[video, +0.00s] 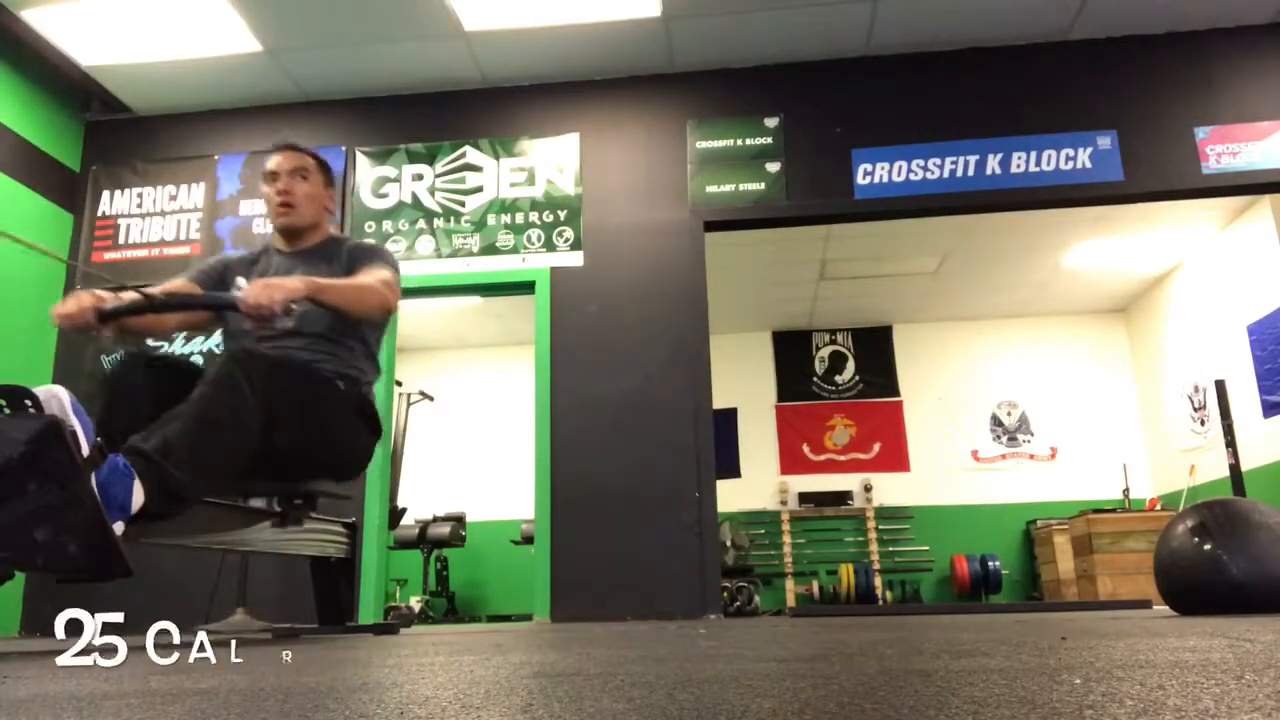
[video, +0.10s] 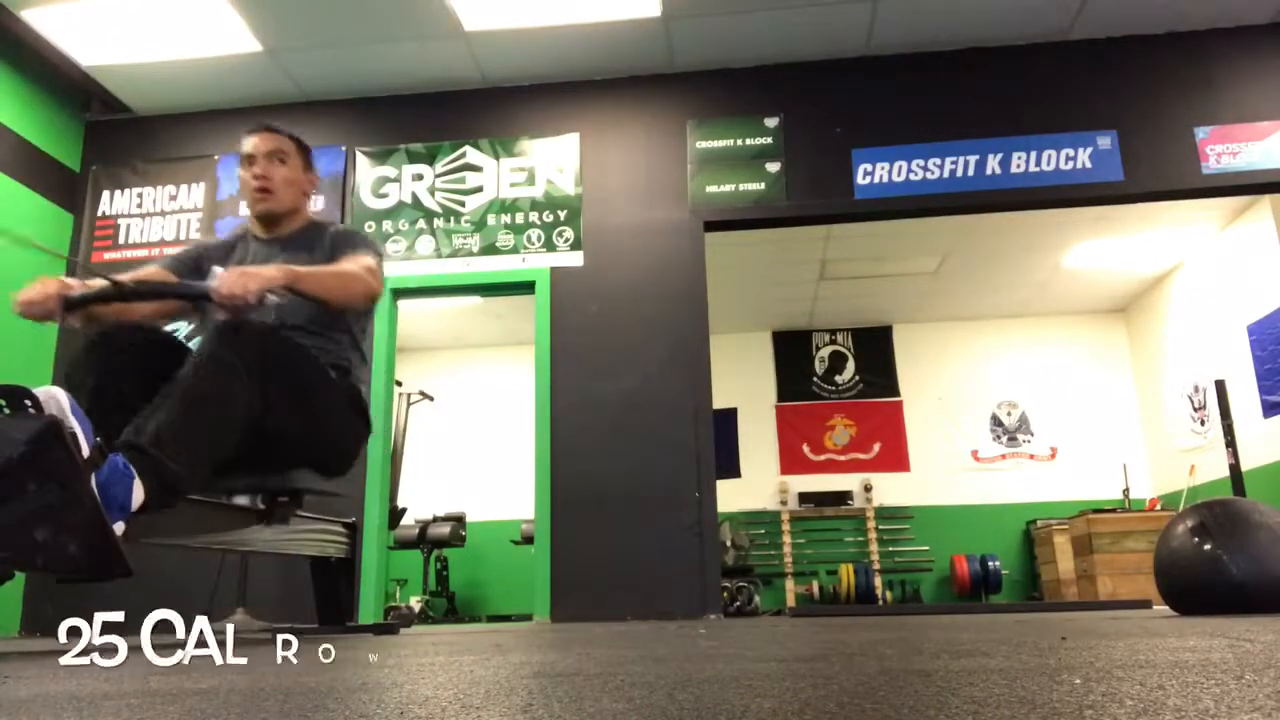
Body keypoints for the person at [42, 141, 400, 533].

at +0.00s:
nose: (282, 187)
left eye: (300, 177)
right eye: (273, 179)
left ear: (330, 200)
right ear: (263, 196)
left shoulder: (362, 257)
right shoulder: (242, 268)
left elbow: (381, 299)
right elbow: (168, 309)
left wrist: (301, 286)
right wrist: (106, 307)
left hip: (335, 420)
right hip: (242, 413)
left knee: (243, 371)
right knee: (139, 370)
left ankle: (128, 488)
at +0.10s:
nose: (260, 171)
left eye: (278, 160)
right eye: (250, 162)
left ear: (309, 184)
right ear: (239, 181)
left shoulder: (341, 242)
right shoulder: (218, 253)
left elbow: (365, 287)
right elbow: (141, 291)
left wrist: (280, 275)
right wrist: (74, 296)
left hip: (322, 421)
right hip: (226, 420)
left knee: (241, 339)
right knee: (119, 338)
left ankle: (122, 488)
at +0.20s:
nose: (229, 152)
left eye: (249, 140)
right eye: (219, 142)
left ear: (285, 164)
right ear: (209, 162)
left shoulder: (316, 224)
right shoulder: (192, 238)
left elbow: (342, 272)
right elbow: (105, 272)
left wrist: (243, 264)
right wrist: (30, 283)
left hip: (301, 418)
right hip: (199, 419)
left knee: (233, 314)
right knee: (106, 312)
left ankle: (123, 478)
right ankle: (23, 450)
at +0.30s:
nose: (196, 130)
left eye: (216, 116)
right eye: (183, 119)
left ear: (252, 137)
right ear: (172, 139)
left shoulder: (294, 204)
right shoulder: (161, 220)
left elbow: (315, 253)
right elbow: (62, 254)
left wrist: (200, 251)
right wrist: (15, 262)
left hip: (282, 413)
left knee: (220, 284)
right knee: (73, 284)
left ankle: (124, 466)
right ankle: (16, 442)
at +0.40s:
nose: (157, 107)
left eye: (180, 92)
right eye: (144, 96)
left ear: (223, 117)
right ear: (133, 117)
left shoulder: (266, 180)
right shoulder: (113, 197)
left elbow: (281, 233)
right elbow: (12, 233)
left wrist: (159, 227)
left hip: (261, 407)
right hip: (144, 404)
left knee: (208, 256)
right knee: (30, 265)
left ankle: (124, 458)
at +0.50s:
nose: (123, 85)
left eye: (146, 70)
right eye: (108, 74)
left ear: (194, 97)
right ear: (96, 100)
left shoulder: (239, 164)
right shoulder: (71, 180)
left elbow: (244, 212)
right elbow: (8, 204)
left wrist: (92, 204)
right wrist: (30, 227)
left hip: (242, 399)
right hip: (114, 388)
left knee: (190, 237)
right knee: (17, 244)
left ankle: (125, 451)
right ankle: (16, 437)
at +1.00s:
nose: (217, 115)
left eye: (240, 106)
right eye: (205, 107)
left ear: (273, 137)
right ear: (191, 133)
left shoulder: (308, 199)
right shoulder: (169, 207)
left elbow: (280, 233)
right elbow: (79, 247)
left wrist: (183, 194)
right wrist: (4, 239)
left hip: (282, 402)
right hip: (182, 396)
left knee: (216, 286)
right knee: (86, 288)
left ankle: (116, 474)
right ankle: (14, 446)